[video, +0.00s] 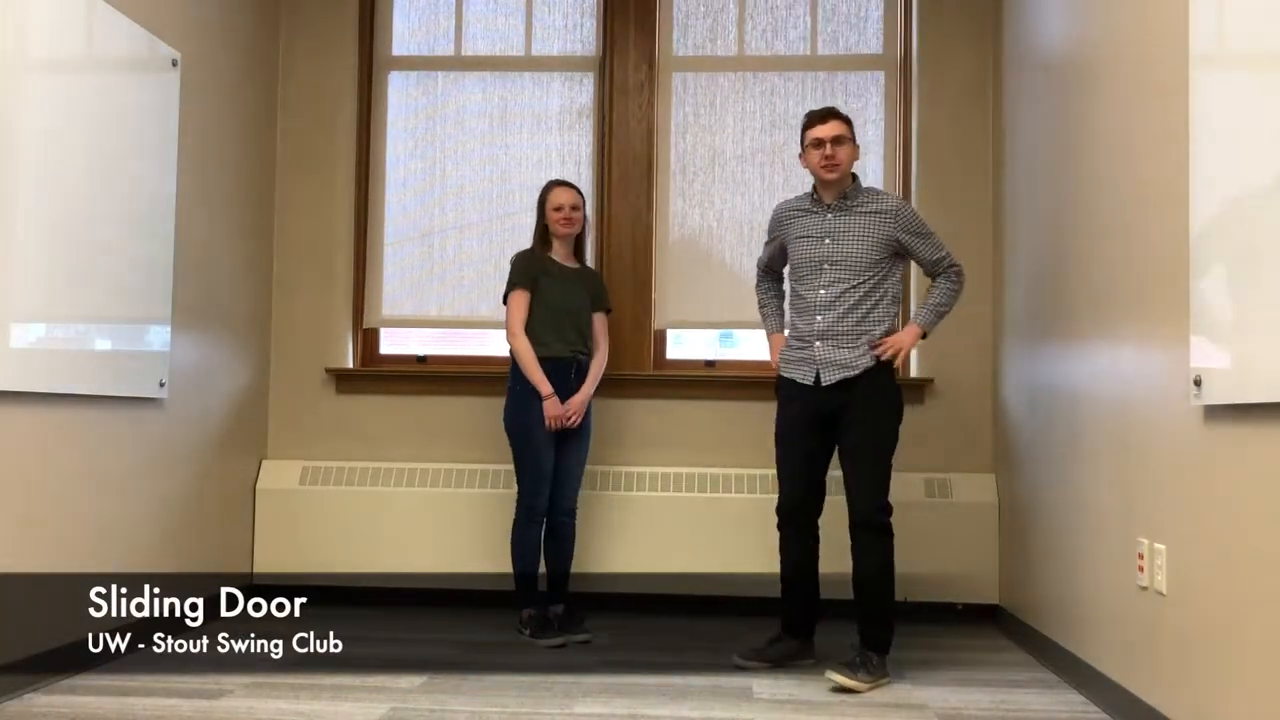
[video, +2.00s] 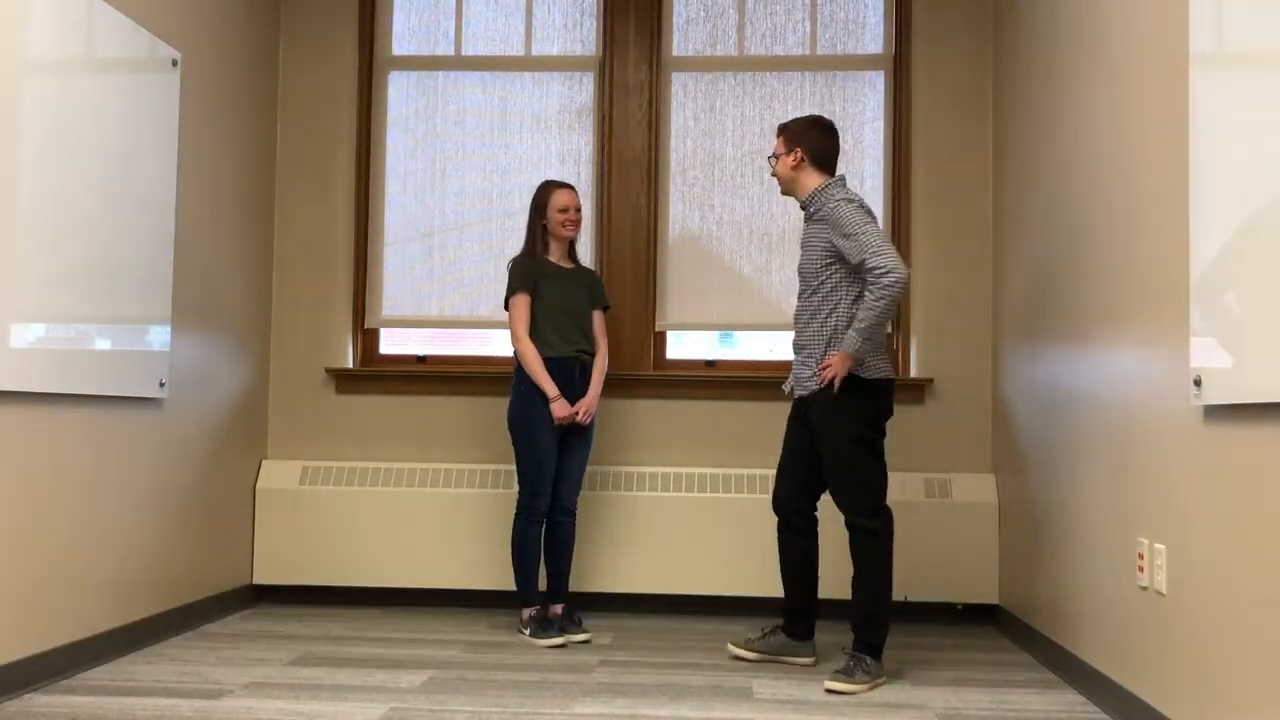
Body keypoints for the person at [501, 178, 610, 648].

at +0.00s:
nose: (567, 215)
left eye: (574, 208)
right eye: (558, 209)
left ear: (584, 216)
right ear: (543, 216)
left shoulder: (591, 278)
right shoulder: (527, 263)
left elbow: (601, 348)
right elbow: (515, 332)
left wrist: (584, 395)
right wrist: (547, 393)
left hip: (576, 391)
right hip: (532, 388)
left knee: (564, 504)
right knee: (535, 501)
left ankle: (559, 609)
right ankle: (530, 612)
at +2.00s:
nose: (572, 217)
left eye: (575, 210)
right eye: (563, 211)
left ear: (580, 216)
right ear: (542, 216)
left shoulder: (590, 278)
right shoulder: (526, 267)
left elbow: (601, 348)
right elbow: (520, 339)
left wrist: (593, 395)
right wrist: (553, 394)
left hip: (580, 395)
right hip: (536, 392)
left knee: (565, 504)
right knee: (536, 501)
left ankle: (558, 607)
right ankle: (530, 609)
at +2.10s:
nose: (573, 216)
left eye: (576, 210)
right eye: (563, 210)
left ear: (580, 216)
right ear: (542, 216)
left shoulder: (589, 278)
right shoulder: (525, 267)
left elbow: (601, 348)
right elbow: (520, 339)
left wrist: (593, 396)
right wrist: (554, 394)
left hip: (580, 396)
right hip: (536, 392)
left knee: (565, 504)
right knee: (535, 501)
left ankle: (558, 606)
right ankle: (530, 609)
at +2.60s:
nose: (576, 215)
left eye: (577, 209)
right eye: (566, 209)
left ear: (577, 215)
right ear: (542, 215)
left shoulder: (584, 278)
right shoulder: (526, 267)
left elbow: (595, 340)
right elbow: (516, 338)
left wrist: (602, 370)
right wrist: (567, 379)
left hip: (578, 394)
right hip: (539, 391)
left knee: (565, 504)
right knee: (537, 501)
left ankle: (557, 606)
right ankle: (530, 610)